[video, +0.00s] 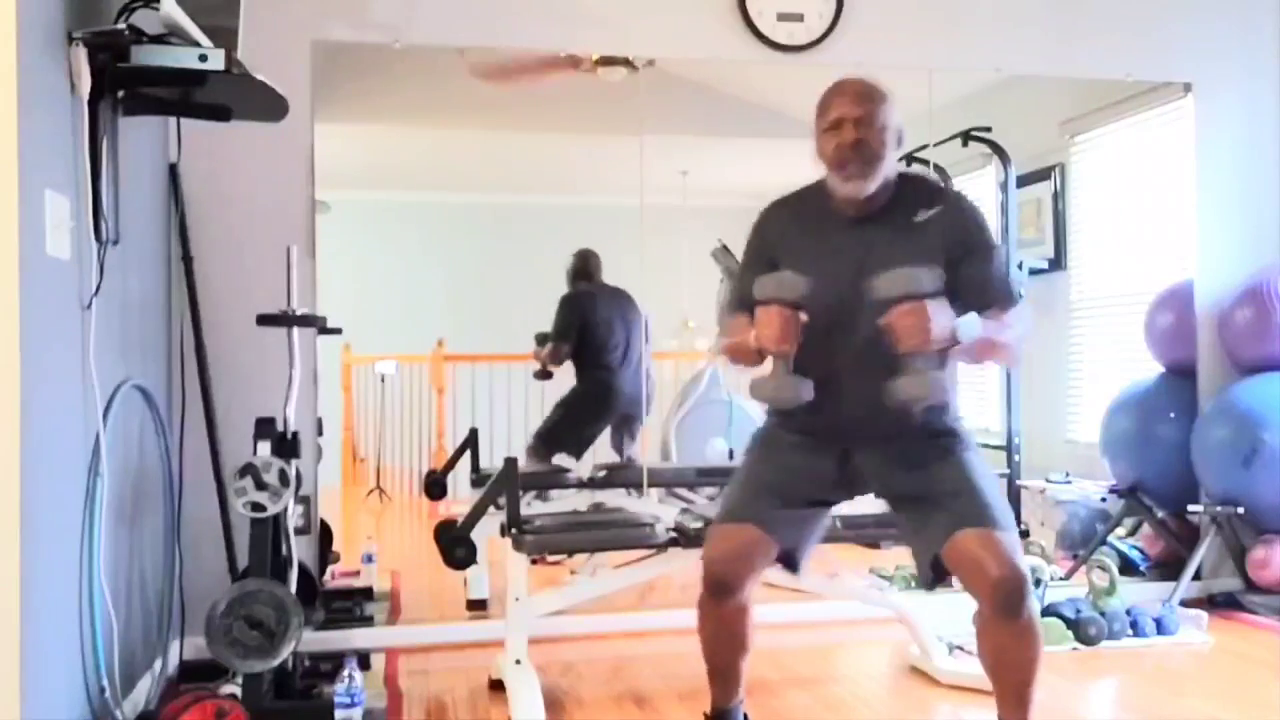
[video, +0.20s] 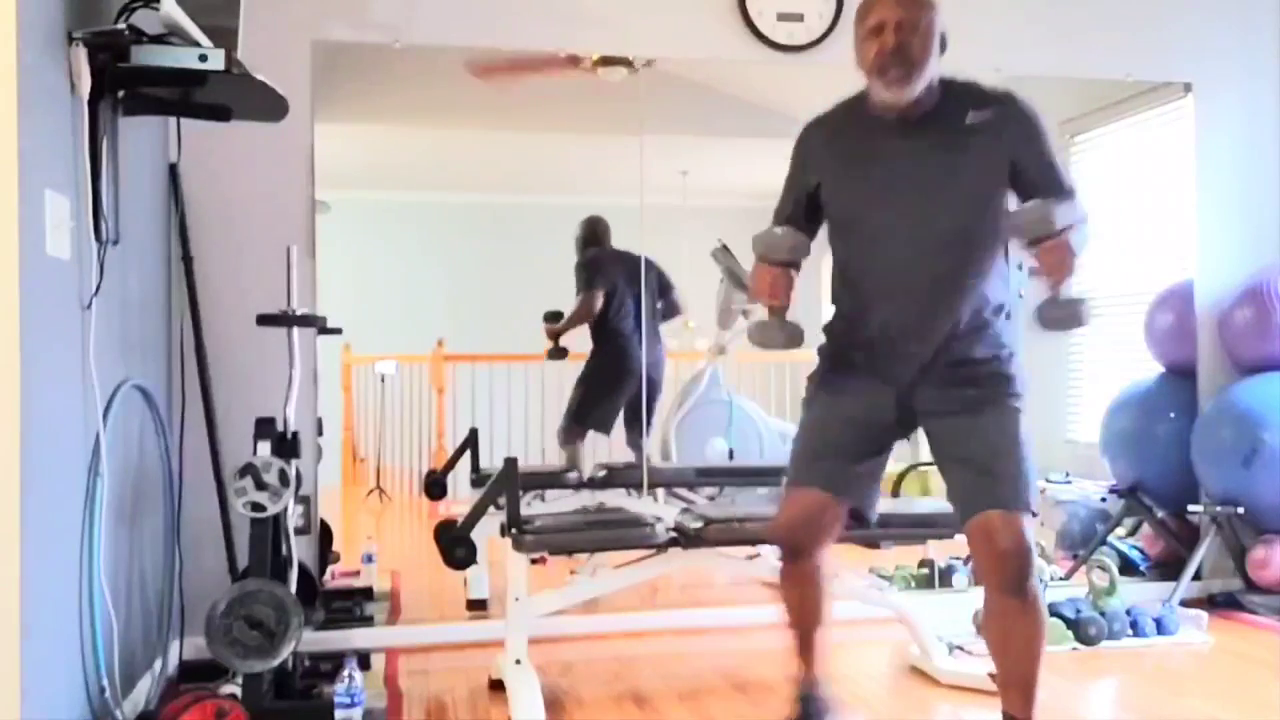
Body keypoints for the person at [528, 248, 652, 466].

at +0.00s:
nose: (567, 276)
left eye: (569, 272)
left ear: (571, 273)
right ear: (599, 273)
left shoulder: (575, 300)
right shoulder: (627, 299)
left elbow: (557, 354)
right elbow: (643, 347)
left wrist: (543, 355)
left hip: (598, 393)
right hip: (637, 391)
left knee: (539, 449)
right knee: (629, 453)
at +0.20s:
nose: (578, 246)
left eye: (578, 241)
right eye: (579, 242)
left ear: (583, 240)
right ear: (608, 238)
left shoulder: (592, 261)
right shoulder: (644, 263)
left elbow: (592, 304)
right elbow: (673, 308)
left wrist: (560, 329)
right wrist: (641, 320)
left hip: (614, 360)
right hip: (652, 361)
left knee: (572, 432)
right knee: (640, 437)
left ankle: (578, 503)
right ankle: (659, 507)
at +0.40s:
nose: (581, 251)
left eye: (582, 246)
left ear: (586, 245)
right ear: (613, 243)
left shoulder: (594, 264)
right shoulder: (641, 263)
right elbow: (690, 288)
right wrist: (668, 314)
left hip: (622, 371)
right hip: (658, 370)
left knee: (594, 447)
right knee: (643, 443)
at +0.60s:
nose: (585, 241)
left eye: (586, 236)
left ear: (590, 236)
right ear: (616, 234)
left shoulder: (594, 260)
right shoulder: (647, 258)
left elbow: (591, 301)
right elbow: (686, 298)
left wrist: (570, 328)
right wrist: (656, 317)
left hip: (620, 360)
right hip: (658, 361)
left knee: (585, 431)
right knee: (652, 436)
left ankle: (595, 476)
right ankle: (662, 506)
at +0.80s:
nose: (581, 256)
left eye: (582, 251)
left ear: (587, 253)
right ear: (614, 252)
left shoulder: (586, 280)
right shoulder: (645, 280)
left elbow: (571, 337)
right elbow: (663, 333)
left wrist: (560, 340)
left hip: (613, 375)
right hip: (653, 376)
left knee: (556, 441)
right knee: (646, 446)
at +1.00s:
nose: (568, 276)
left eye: (569, 271)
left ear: (571, 273)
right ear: (597, 273)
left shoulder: (565, 303)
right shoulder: (623, 300)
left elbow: (550, 359)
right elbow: (639, 345)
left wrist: (551, 372)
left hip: (590, 395)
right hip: (634, 393)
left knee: (534, 449)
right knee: (647, 454)